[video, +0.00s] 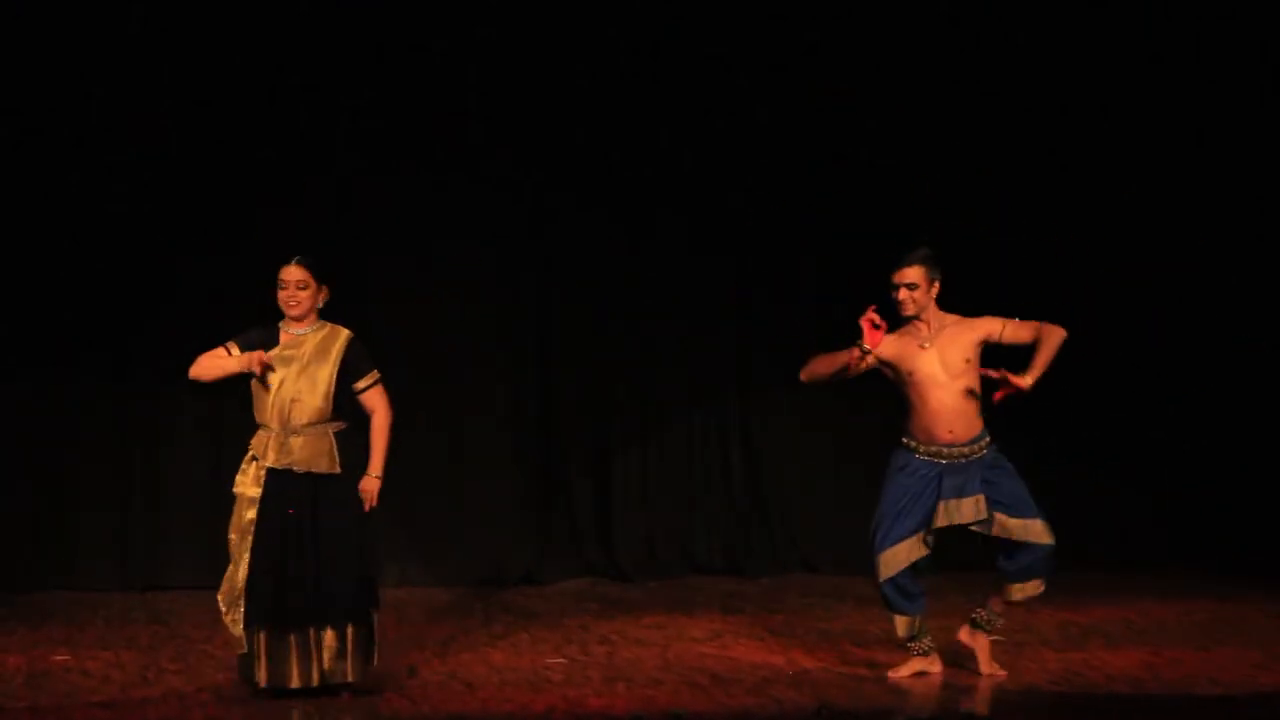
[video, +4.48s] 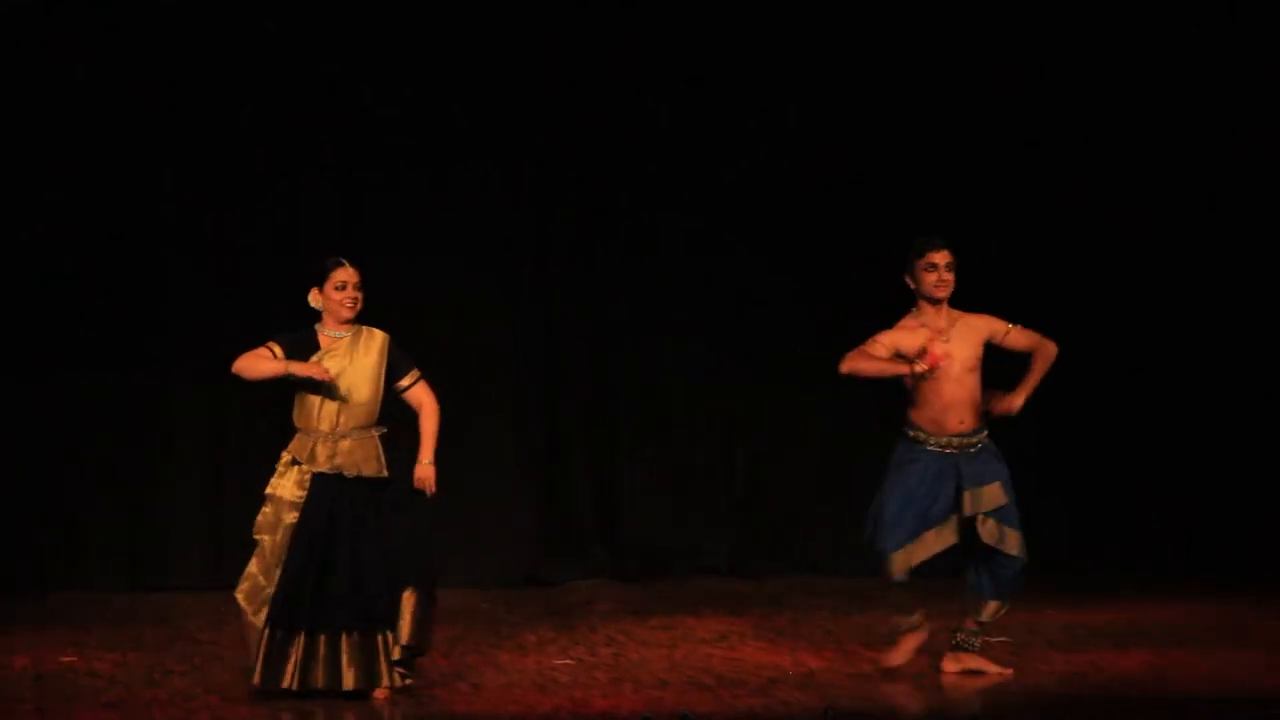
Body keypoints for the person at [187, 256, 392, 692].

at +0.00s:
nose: (290, 295)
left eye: (300, 287)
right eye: (284, 287)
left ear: (320, 293)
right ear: (276, 293)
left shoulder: (341, 344)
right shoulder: (260, 340)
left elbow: (380, 409)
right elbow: (198, 370)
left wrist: (374, 473)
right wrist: (243, 363)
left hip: (325, 473)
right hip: (270, 471)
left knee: (328, 566)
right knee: (269, 568)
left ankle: (330, 671)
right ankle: (273, 669)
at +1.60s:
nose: (360, 296)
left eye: (365, 288)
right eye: (349, 288)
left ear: (372, 296)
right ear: (326, 296)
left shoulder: (386, 347)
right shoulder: (307, 340)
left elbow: (429, 409)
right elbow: (242, 363)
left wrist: (423, 470)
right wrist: (289, 370)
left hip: (373, 473)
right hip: (317, 473)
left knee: (378, 570)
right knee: (321, 572)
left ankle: (381, 674)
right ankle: (324, 675)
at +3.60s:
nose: (351, 298)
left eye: (356, 291)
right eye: (340, 290)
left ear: (361, 299)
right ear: (316, 298)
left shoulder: (374, 348)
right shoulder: (297, 344)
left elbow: (418, 410)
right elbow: (237, 364)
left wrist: (420, 468)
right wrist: (289, 358)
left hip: (362, 470)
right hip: (305, 471)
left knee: (381, 562)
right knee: (299, 566)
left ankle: (390, 671)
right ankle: (304, 667)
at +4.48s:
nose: (352, 295)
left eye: (357, 288)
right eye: (342, 287)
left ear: (363, 296)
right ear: (318, 296)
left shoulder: (379, 346)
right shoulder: (300, 340)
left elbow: (427, 403)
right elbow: (242, 366)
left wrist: (425, 459)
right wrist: (293, 367)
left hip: (363, 472)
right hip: (307, 470)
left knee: (368, 571)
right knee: (301, 568)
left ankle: (376, 676)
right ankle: (296, 671)